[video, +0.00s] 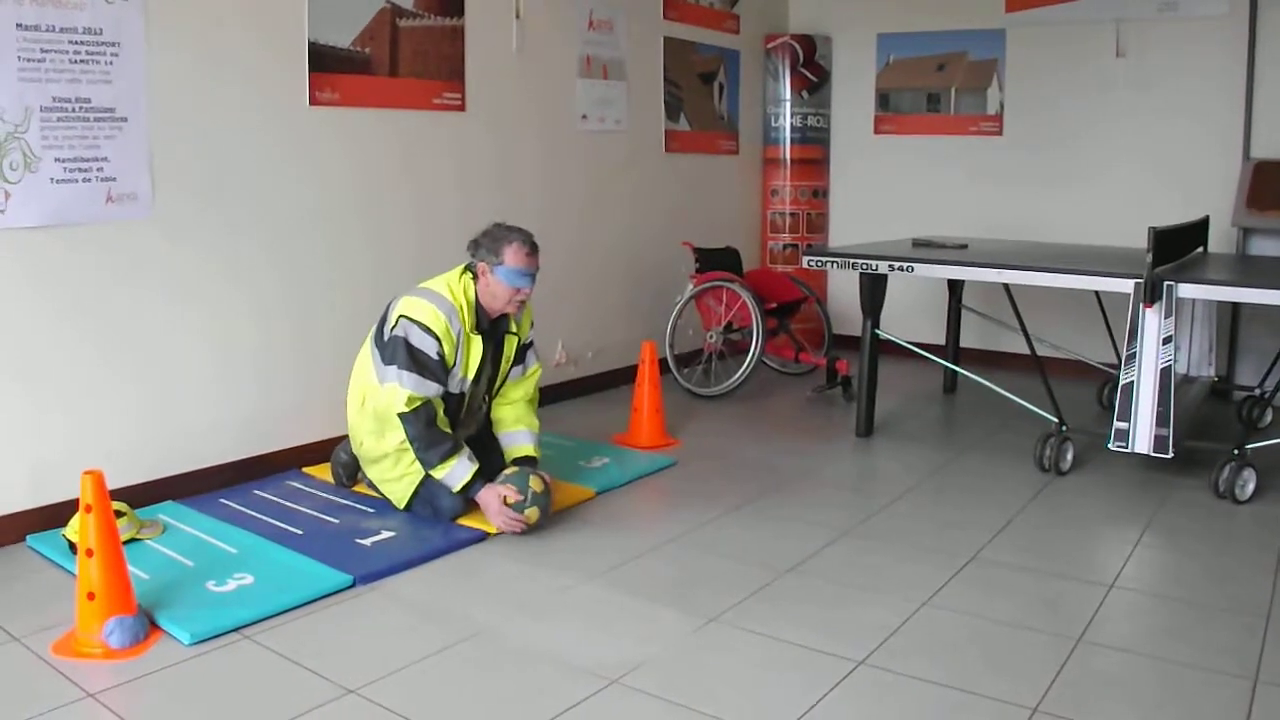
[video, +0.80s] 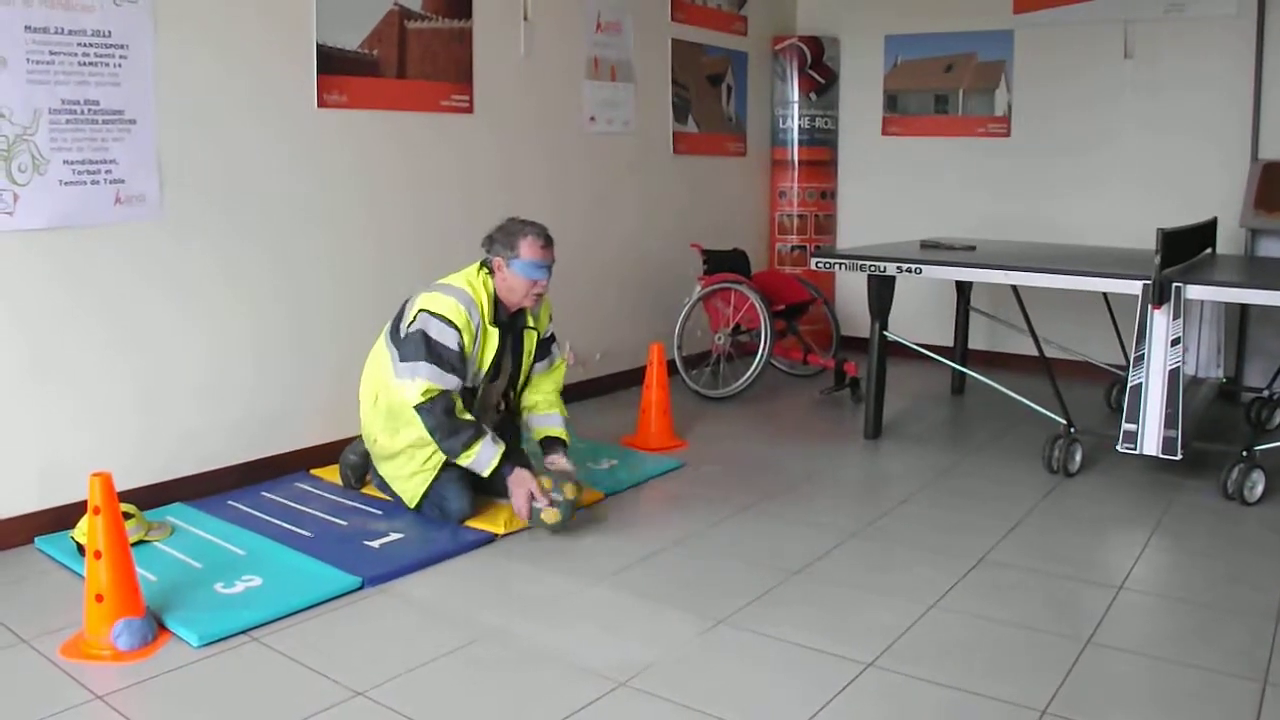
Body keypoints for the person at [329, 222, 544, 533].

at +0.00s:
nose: (527, 292)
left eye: (532, 280)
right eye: (517, 280)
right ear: (483, 272)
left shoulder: (516, 314)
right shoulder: (426, 316)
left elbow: (515, 394)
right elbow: (416, 419)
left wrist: (525, 466)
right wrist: (479, 489)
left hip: (456, 416)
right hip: (388, 428)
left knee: (498, 476)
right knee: (450, 506)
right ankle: (369, 458)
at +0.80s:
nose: (543, 285)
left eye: (548, 273)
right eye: (533, 273)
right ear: (499, 268)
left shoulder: (534, 308)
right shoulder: (446, 310)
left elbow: (541, 383)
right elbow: (434, 409)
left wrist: (554, 450)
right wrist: (508, 469)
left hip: (470, 412)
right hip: (401, 422)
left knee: (511, 484)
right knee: (455, 506)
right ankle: (375, 462)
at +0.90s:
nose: (544, 288)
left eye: (548, 276)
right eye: (534, 276)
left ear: (552, 271)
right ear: (499, 270)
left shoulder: (532, 309)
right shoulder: (453, 314)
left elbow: (557, 378)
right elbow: (477, 407)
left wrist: (606, 425)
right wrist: (568, 440)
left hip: (461, 410)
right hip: (405, 421)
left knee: (516, 483)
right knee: (455, 507)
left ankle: (425, 449)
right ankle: (377, 456)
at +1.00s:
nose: (550, 286)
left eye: (554, 274)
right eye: (541, 274)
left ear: (559, 272)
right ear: (505, 271)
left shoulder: (536, 305)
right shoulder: (462, 313)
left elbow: (570, 362)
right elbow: (504, 397)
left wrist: (622, 392)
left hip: (471, 405)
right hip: (410, 416)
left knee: (516, 485)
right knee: (456, 509)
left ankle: (432, 447)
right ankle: (377, 455)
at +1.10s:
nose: (556, 285)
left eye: (560, 274)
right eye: (547, 274)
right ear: (512, 269)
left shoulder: (540, 304)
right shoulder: (467, 311)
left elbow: (573, 364)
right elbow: (505, 399)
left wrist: (622, 391)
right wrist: (600, 414)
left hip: (471, 406)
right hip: (413, 415)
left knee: (518, 485)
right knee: (457, 509)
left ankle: (431, 448)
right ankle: (377, 454)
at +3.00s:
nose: (572, 304)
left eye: (577, 293)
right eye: (562, 292)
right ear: (529, 286)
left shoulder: (558, 338)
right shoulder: (476, 323)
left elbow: (555, 414)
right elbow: (441, 418)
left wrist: (573, 488)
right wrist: (444, 517)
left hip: (481, 420)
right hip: (410, 426)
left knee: (527, 493)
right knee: (469, 517)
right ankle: (387, 467)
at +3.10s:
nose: (572, 303)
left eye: (577, 292)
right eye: (562, 291)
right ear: (529, 286)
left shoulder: (558, 338)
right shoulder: (476, 323)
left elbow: (556, 414)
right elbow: (441, 417)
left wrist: (574, 488)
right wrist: (444, 517)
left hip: (482, 420)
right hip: (410, 426)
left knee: (528, 493)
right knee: (469, 518)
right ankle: (387, 467)